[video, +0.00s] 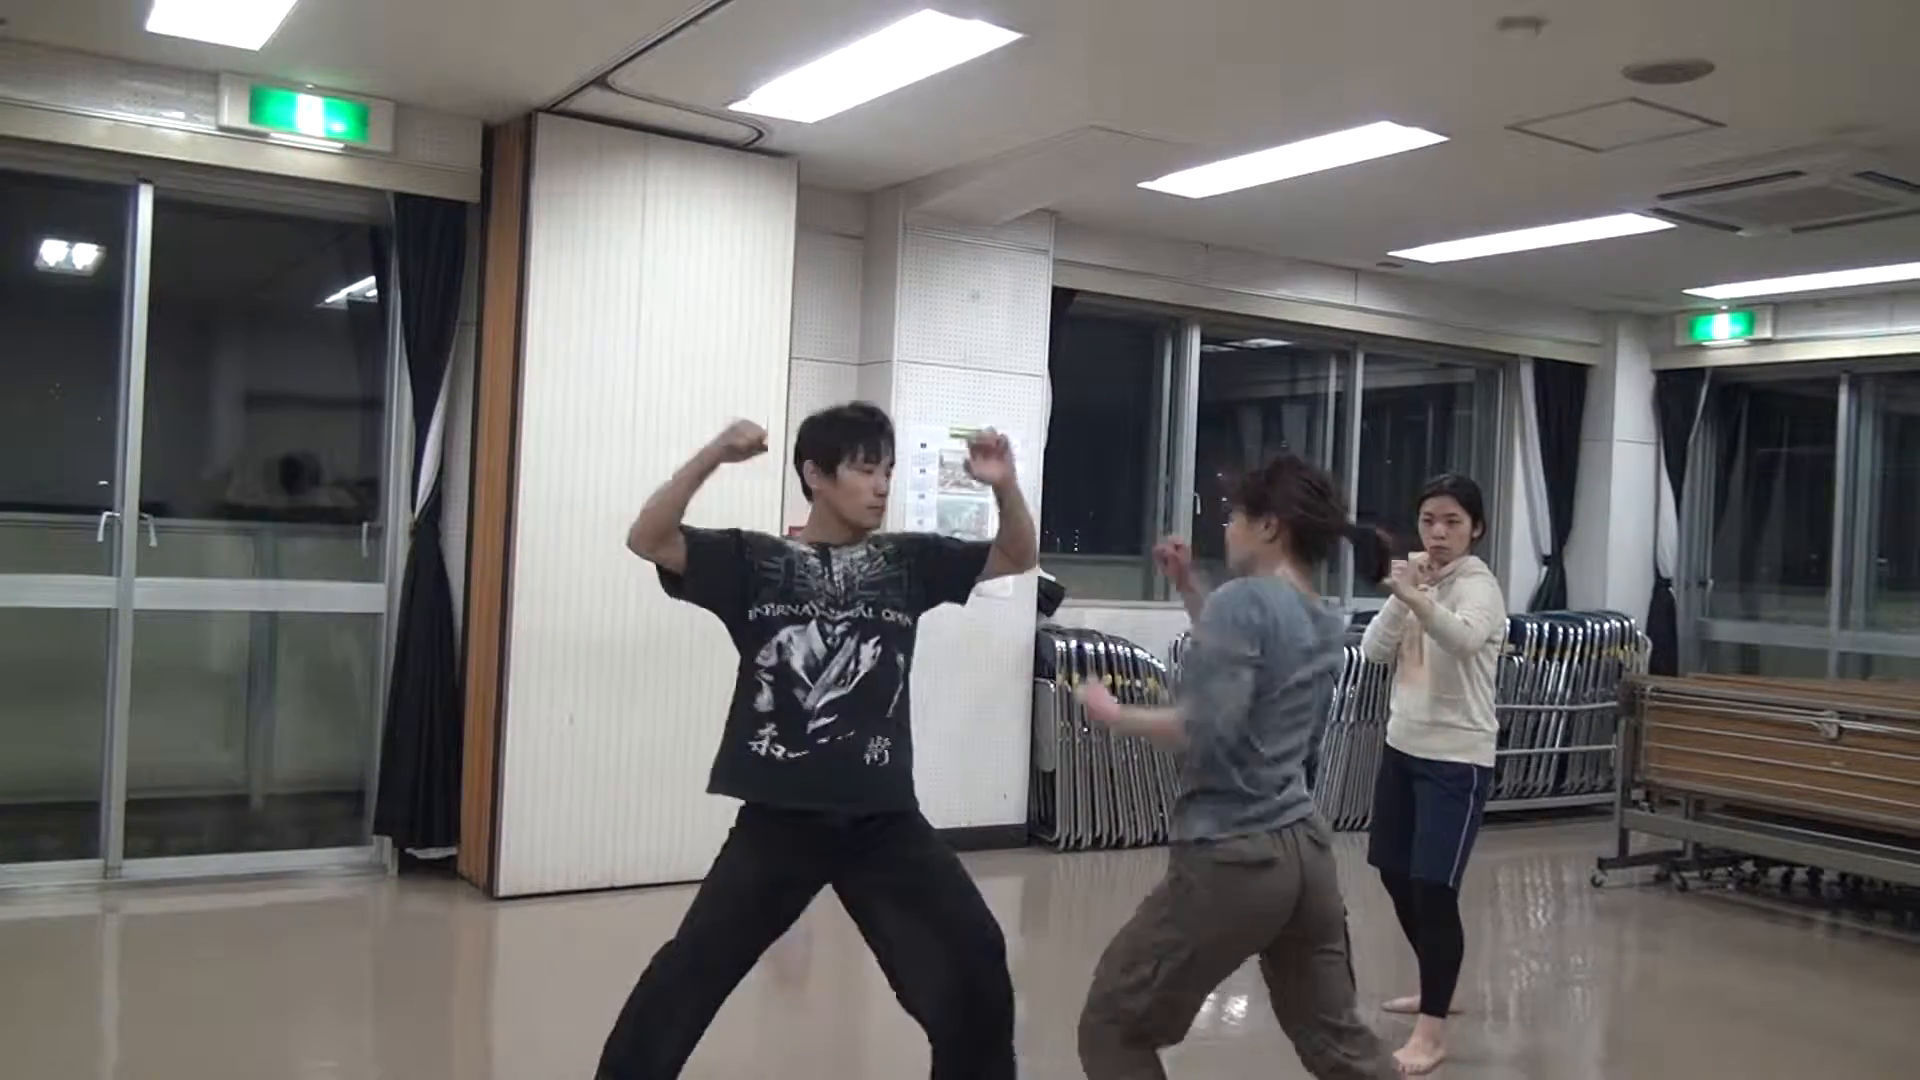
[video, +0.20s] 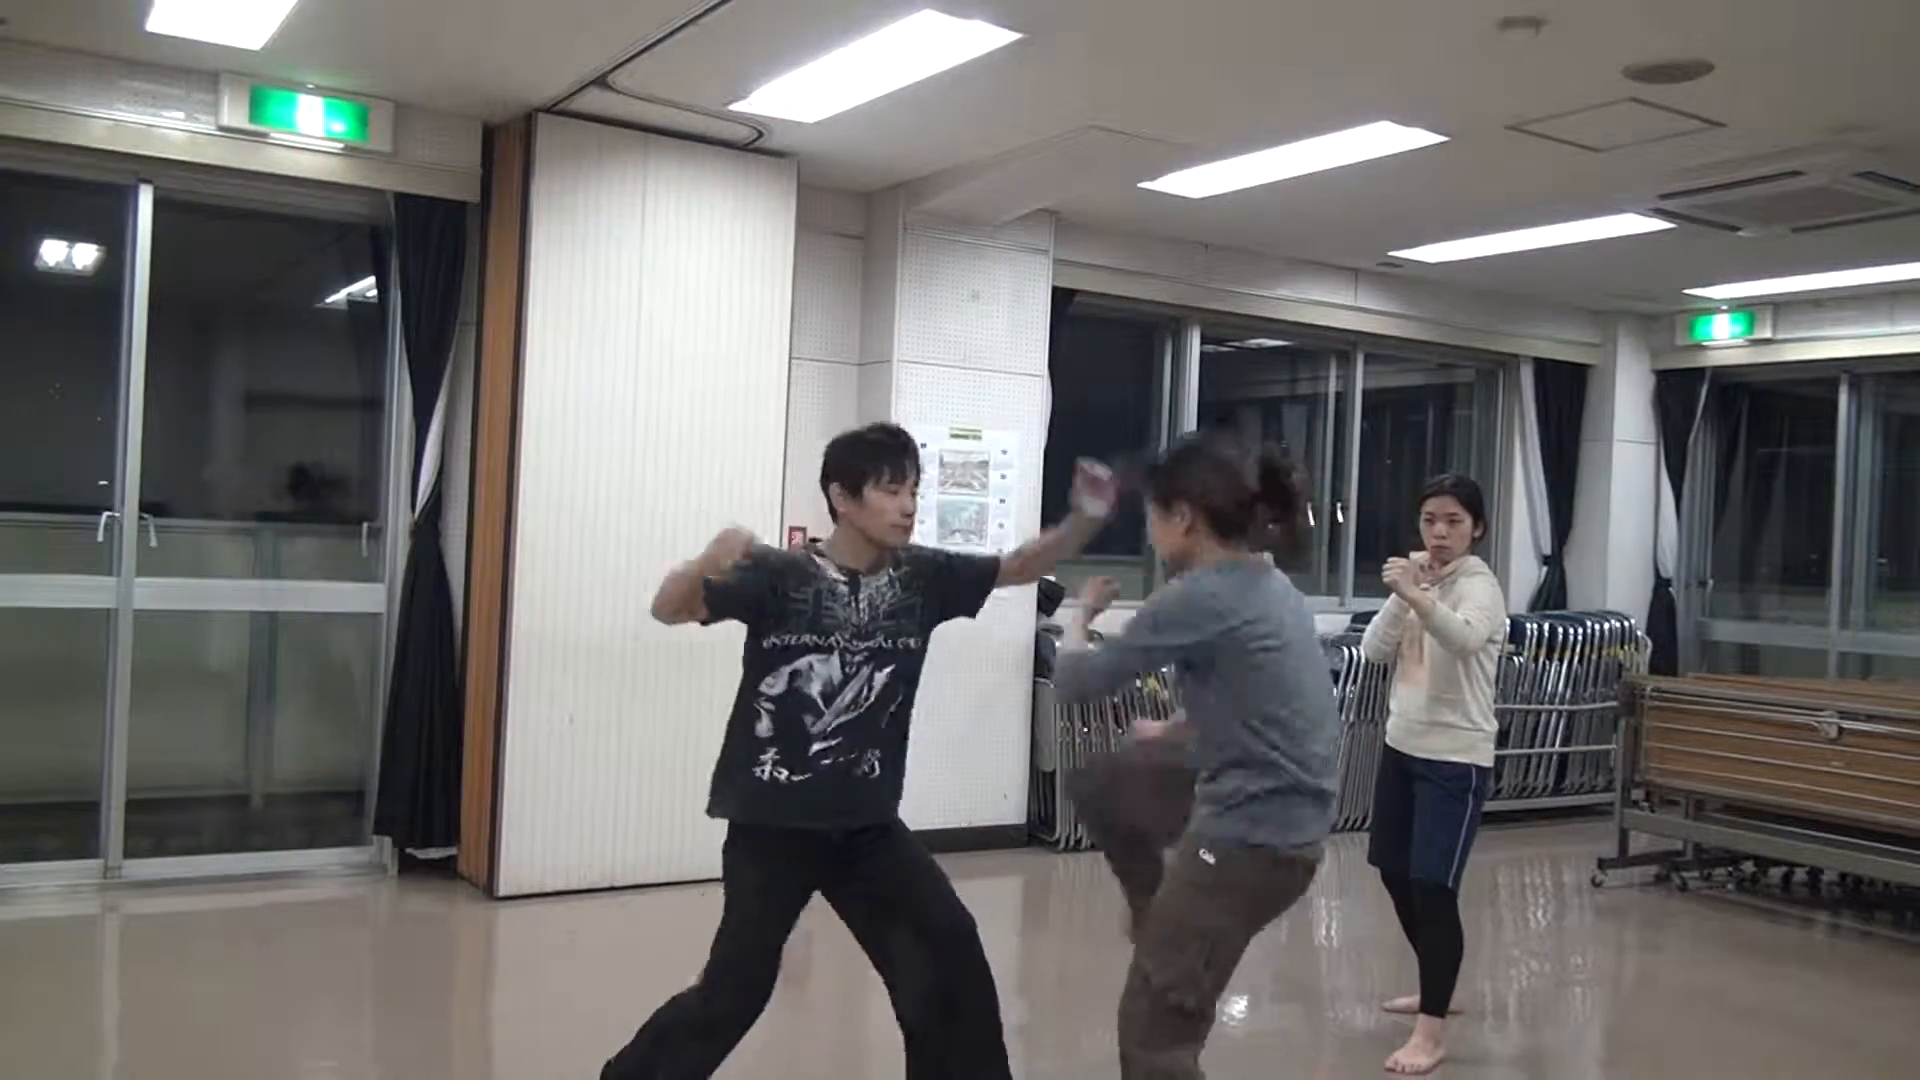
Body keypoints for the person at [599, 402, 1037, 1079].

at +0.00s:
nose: (882, 483)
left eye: (887, 469)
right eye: (865, 469)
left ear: (890, 476)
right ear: (815, 477)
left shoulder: (907, 560)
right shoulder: (753, 561)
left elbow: (1017, 554)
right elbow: (648, 539)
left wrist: (1006, 486)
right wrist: (709, 457)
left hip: (883, 822)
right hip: (778, 822)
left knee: (972, 959)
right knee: (688, 974)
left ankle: (980, 1077)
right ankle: (620, 1075)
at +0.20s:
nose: (910, 504)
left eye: (913, 490)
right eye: (892, 489)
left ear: (915, 498)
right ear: (841, 498)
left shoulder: (923, 576)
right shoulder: (778, 573)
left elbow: (1019, 567)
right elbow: (667, 610)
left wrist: (1084, 520)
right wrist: (703, 567)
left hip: (865, 829)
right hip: (770, 829)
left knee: (946, 953)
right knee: (732, 996)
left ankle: (968, 1074)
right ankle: (626, 1073)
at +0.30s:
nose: (913, 543)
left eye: (913, 526)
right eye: (896, 525)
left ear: (857, 537)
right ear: (843, 534)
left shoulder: (893, 611)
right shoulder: (769, 603)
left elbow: (952, 627)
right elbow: (667, 637)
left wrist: (1008, 652)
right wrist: (654, 684)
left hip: (864, 843)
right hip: (775, 851)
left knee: (958, 941)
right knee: (734, 1029)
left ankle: (970, 1074)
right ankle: (631, 1069)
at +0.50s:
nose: (789, 525)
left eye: (786, 509)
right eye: (776, 508)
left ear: (735, 516)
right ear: (727, 514)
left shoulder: (709, 585)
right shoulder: (661, 583)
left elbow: (687, 686)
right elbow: (666, 660)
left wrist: (756, 706)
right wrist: (768, 718)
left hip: (744, 804)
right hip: (677, 822)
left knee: (836, 914)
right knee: (726, 970)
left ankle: (892, 1044)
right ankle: (623, 1067)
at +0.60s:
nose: (725, 537)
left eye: (718, 521)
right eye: (710, 523)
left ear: (671, 537)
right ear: (670, 538)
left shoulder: (634, 603)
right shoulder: (633, 610)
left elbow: (712, 689)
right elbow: (709, 692)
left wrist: (786, 728)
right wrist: (795, 737)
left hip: (633, 816)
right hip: (581, 831)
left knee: (731, 899)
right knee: (689, 959)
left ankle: (674, 1064)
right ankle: (613, 1071)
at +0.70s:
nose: (698, 591)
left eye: (693, 576)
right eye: (686, 578)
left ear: (639, 590)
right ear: (645, 591)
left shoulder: (572, 632)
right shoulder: (595, 655)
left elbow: (492, 706)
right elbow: (652, 734)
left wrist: (453, 801)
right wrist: (752, 787)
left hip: (473, 827)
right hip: (494, 840)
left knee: (568, 928)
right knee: (618, 932)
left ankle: (439, 1010)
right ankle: (625, 1069)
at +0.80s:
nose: (660, 675)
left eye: (659, 661)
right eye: (653, 661)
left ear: (601, 658)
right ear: (609, 662)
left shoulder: (521, 672)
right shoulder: (540, 700)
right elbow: (547, 807)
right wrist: (622, 909)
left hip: (366, 825)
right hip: (402, 838)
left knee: (399, 943)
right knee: (524, 917)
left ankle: (271, 1017)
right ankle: (596, 1065)